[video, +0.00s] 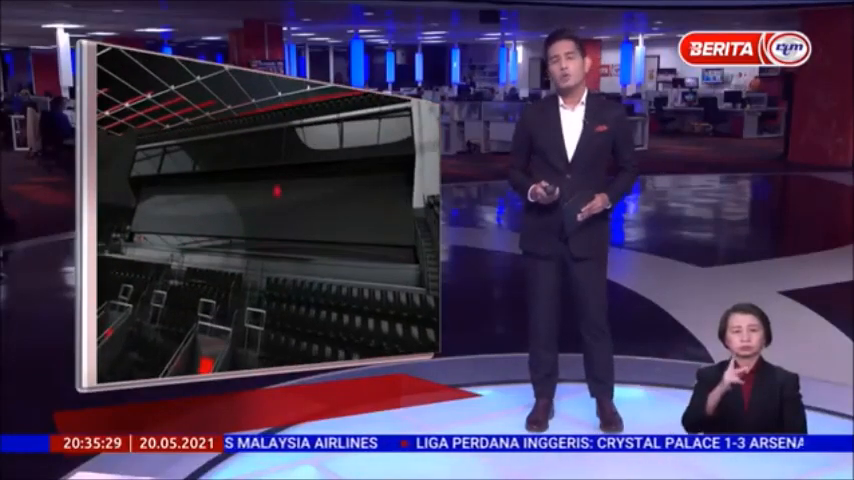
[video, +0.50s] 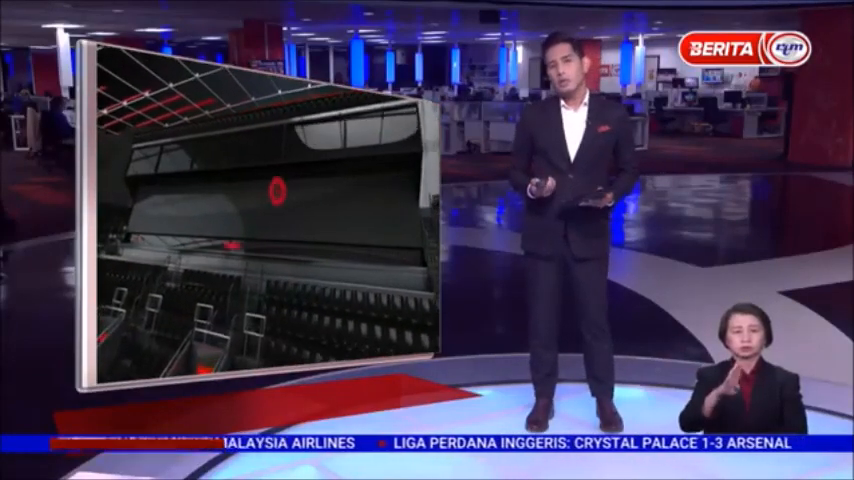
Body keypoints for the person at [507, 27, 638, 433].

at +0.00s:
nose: (562, 66)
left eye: (569, 57)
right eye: (554, 60)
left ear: (585, 63)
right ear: (547, 69)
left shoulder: (610, 110)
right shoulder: (533, 113)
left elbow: (629, 167)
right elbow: (516, 168)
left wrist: (608, 197)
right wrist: (530, 188)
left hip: (588, 231)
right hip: (542, 231)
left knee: (594, 318)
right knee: (542, 318)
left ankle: (604, 400)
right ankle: (542, 398)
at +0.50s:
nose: (559, 70)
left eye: (566, 61)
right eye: (551, 65)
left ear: (584, 64)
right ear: (546, 73)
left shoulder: (611, 112)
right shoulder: (533, 114)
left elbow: (629, 168)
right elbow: (517, 170)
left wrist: (613, 194)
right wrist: (530, 187)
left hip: (589, 232)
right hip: (543, 232)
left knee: (594, 319)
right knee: (542, 319)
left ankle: (605, 400)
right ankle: (542, 398)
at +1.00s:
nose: (558, 73)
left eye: (566, 64)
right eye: (551, 67)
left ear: (583, 66)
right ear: (545, 74)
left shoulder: (610, 111)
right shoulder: (532, 114)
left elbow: (628, 171)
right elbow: (515, 174)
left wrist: (604, 196)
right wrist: (538, 180)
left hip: (590, 231)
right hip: (542, 233)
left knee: (594, 319)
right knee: (542, 319)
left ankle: (605, 400)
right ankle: (542, 398)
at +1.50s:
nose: (558, 79)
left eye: (565, 69)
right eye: (550, 72)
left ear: (581, 71)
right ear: (543, 77)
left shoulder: (607, 112)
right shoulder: (529, 117)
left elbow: (626, 169)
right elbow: (512, 173)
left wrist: (601, 202)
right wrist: (540, 188)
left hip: (590, 231)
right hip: (542, 232)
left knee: (594, 320)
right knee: (543, 322)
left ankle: (605, 400)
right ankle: (542, 400)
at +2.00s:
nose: (559, 74)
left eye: (567, 65)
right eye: (551, 67)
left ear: (582, 69)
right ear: (544, 74)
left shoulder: (607, 112)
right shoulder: (529, 116)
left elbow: (623, 173)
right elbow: (511, 172)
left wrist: (595, 201)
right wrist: (535, 186)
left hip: (589, 230)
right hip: (541, 230)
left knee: (592, 320)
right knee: (543, 321)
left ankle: (605, 401)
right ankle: (542, 401)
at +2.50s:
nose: (560, 73)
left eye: (568, 64)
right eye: (552, 66)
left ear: (583, 68)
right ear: (544, 74)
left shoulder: (608, 112)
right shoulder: (530, 115)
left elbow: (625, 171)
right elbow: (512, 171)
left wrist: (598, 201)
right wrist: (537, 186)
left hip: (589, 230)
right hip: (542, 231)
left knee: (593, 320)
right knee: (543, 321)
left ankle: (605, 400)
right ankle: (542, 400)